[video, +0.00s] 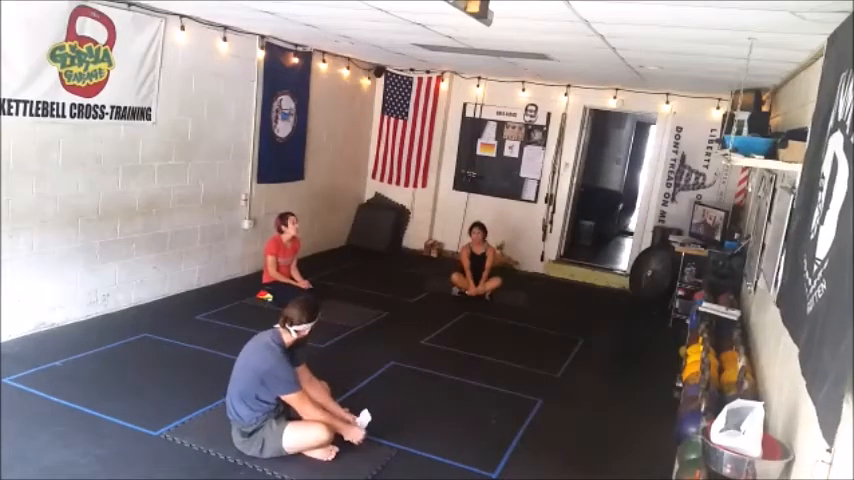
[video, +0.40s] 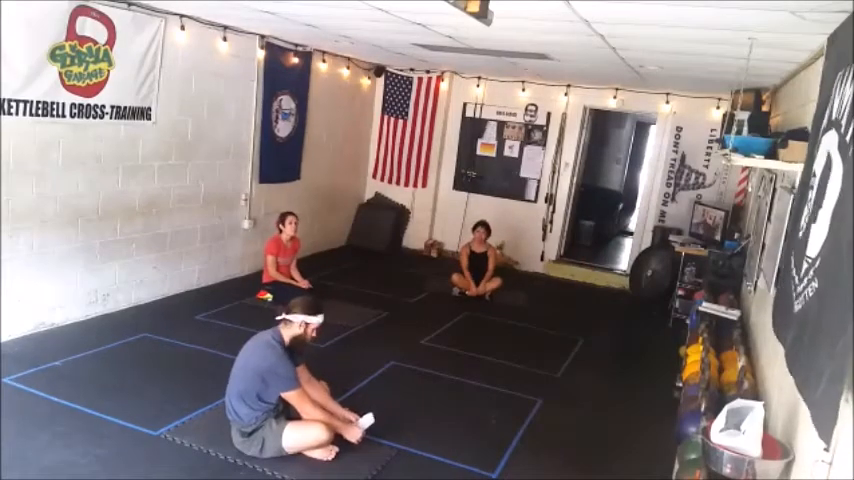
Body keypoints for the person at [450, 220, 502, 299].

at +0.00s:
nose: (476, 236)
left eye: (479, 233)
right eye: (473, 233)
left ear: (484, 235)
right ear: (470, 235)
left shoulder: (490, 250)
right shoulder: (465, 249)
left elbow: (487, 269)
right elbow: (467, 268)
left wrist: (481, 285)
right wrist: (472, 285)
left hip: (482, 276)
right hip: (469, 276)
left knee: (498, 280)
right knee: (454, 276)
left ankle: (468, 292)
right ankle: (481, 293)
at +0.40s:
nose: (480, 235)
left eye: (483, 232)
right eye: (478, 231)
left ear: (487, 235)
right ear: (473, 233)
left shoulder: (491, 250)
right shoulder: (466, 248)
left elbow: (490, 270)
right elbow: (465, 268)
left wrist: (482, 284)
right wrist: (472, 285)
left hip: (484, 276)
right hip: (470, 276)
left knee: (498, 281)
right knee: (454, 277)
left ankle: (468, 293)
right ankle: (482, 294)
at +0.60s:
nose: (479, 237)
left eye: (481, 234)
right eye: (476, 233)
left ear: (486, 236)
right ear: (473, 234)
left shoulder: (490, 247)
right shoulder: (466, 249)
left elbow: (501, 243)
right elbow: (465, 269)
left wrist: (491, 229)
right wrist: (472, 286)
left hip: (484, 279)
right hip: (470, 277)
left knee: (498, 281)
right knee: (455, 277)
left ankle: (468, 293)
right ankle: (482, 294)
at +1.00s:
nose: (479, 237)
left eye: (482, 235)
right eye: (477, 234)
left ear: (487, 238)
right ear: (474, 235)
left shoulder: (490, 247)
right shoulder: (466, 248)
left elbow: (506, 245)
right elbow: (465, 268)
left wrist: (492, 231)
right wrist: (472, 285)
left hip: (484, 279)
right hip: (470, 277)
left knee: (498, 281)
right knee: (454, 277)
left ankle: (467, 293)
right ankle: (482, 293)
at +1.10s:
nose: (479, 238)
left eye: (483, 235)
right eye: (477, 234)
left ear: (488, 237)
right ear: (474, 235)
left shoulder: (490, 248)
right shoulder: (466, 248)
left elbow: (506, 250)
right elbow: (465, 268)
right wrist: (472, 285)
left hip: (484, 279)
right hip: (470, 277)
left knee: (498, 281)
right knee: (454, 277)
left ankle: (467, 293)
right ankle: (482, 293)